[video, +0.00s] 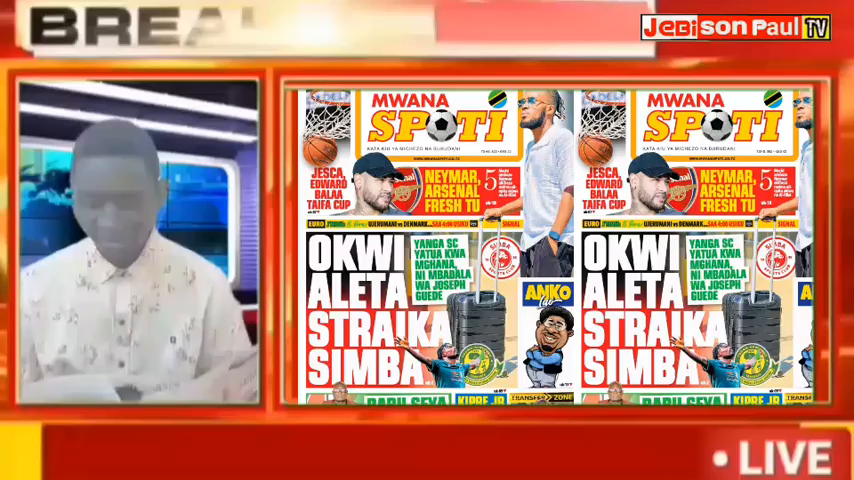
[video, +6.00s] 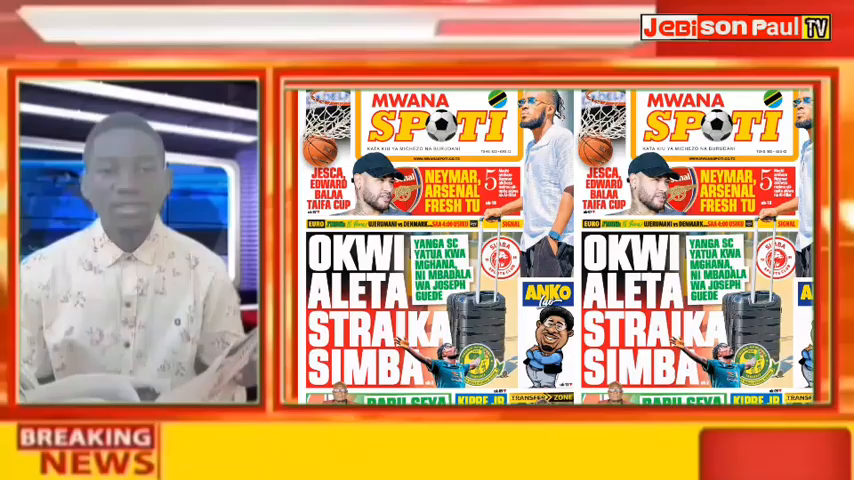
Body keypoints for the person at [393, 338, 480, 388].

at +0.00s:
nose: (453, 348)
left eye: (453, 347)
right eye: (449, 347)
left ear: (455, 352)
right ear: (443, 354)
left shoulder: (462, 367)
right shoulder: (439, 365)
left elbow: (474, 365)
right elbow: (423, 359)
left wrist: (477, 361)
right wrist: (408, 348)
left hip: (461, 402)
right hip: (444, 402)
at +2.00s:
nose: (453, 348)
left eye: (453, 347)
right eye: (449, 347)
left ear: (455, 351)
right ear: (443, 354)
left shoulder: (462, 367)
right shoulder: (438, 365)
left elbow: (474, 365)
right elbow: (423, 359)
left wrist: (478, 360)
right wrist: (408, 348)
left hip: (461, 402)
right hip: (444, 403)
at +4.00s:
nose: (453, 348)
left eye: (453, 347)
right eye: (449, 347)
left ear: (455, 351)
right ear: (443, 354)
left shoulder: (462, 367)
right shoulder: (438, 365)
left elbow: (474, 365)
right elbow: (423, 359)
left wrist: (478, 360)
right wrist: (408, 348)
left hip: (461, 402)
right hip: (444, 403)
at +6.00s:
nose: (453, 348)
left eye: (453, 347)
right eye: (449, 348)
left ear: (456, 352)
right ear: (443, 354)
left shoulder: (462, 367)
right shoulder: (439, 365)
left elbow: (474, 365)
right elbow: (423, 359)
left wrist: (478, 360)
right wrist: (408, 348)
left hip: (461, 402)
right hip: (445, 403)